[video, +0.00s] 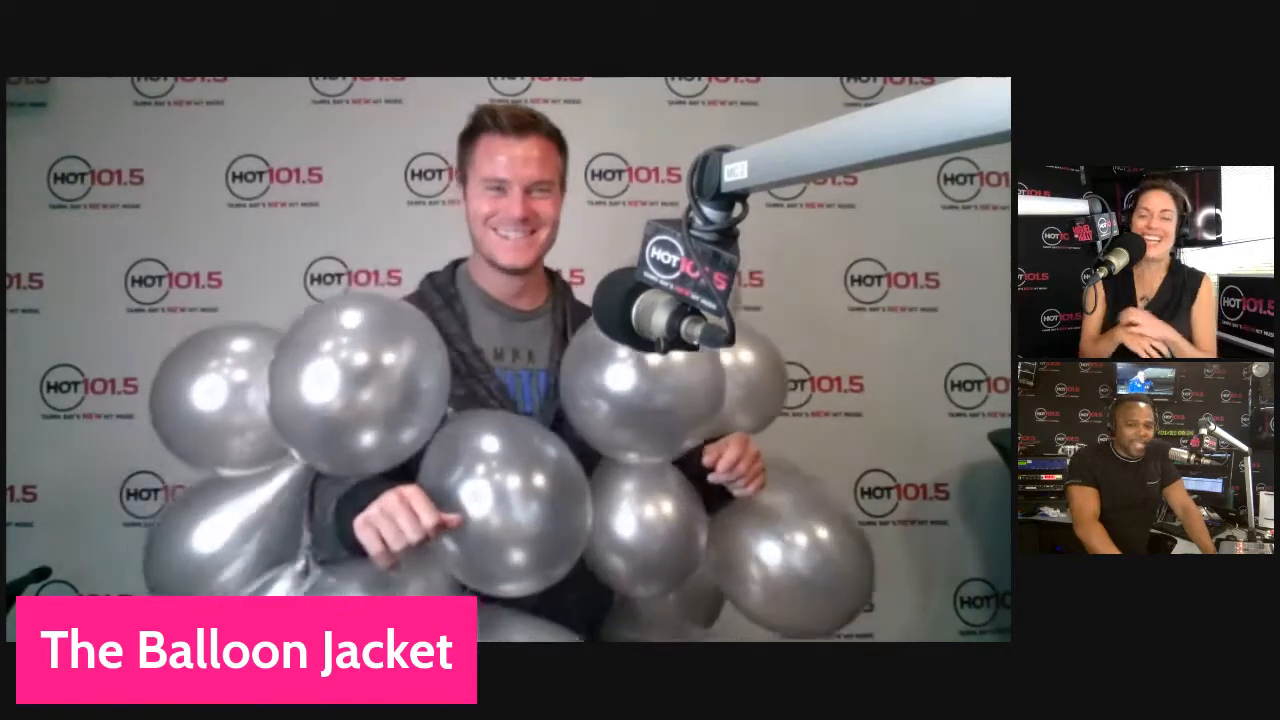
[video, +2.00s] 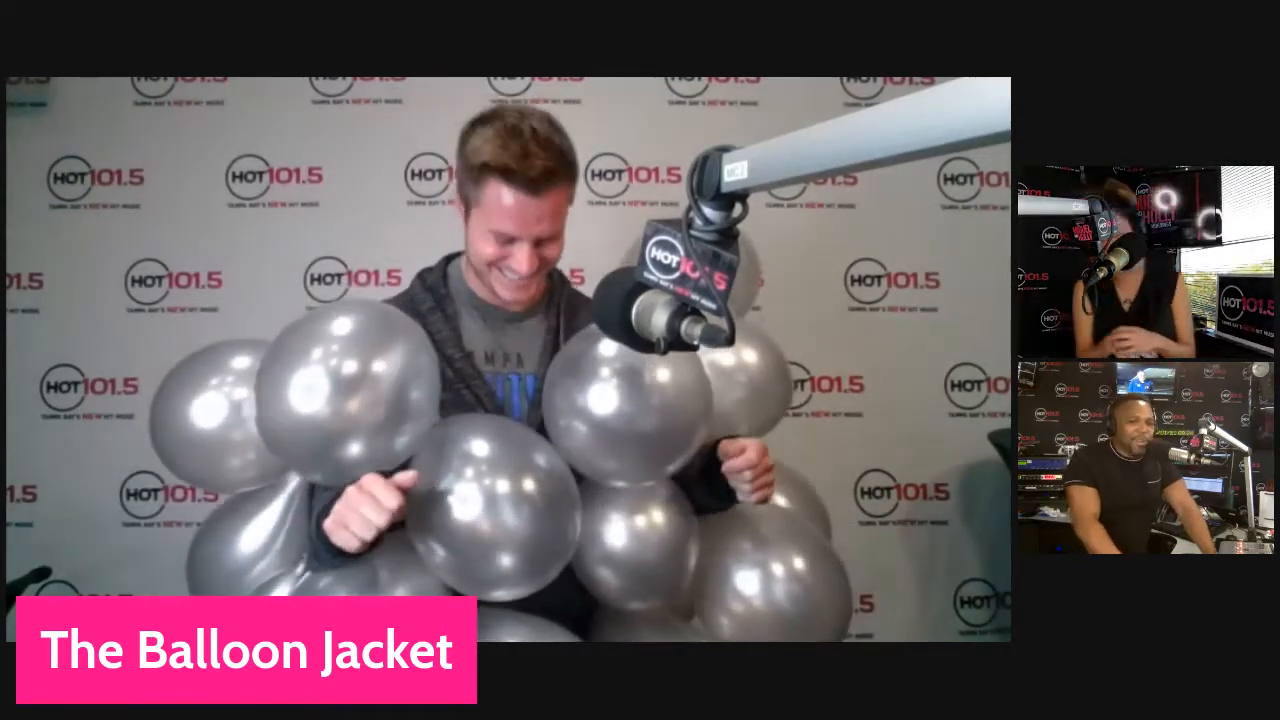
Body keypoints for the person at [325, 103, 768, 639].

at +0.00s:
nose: (517, 211)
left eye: (538, 190)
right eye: (495, 188)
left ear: (561, 201)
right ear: (461, 193)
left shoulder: (599, 336)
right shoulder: (404, 335)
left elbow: (645, 472)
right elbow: (331, 483)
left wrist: (712, 465)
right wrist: (369, 506)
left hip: (588, 616)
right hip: (447, 616)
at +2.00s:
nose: (524, 263)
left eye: (545, 241)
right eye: (502, 238)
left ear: (566, 219)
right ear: (462, 210)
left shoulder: (597, 332)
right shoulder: (398, 335)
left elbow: (654, 467)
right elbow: (334, 469)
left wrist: (720, 472)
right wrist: (343, 511)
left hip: (585, 605)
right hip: (441, 606)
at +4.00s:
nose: (559, 202)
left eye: (581, 184)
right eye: (539, 183)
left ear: (611, 200)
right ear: (512, 196)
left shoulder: (664, 320)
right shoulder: (448, 335)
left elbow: (717, 454)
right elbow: (385, 447)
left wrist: (786, 493)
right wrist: (354, 499)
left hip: (652, 617)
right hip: (504, 616)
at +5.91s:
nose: (551, 199)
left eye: (571, 180)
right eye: (529, 182)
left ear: (598, 194)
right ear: (499, 196)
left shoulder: (653, 317)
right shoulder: (444, 333)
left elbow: (705, 456)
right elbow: (394, 449)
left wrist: (782, 487)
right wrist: (356, 499)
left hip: (638, 611)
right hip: (490, 611)